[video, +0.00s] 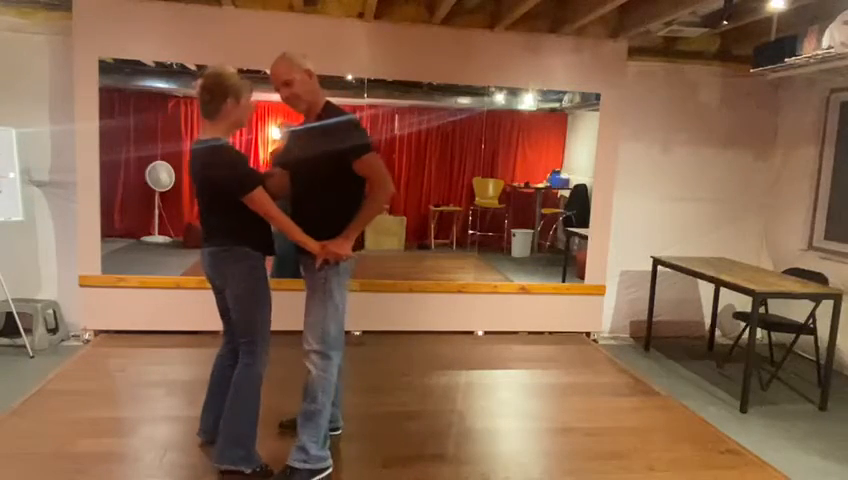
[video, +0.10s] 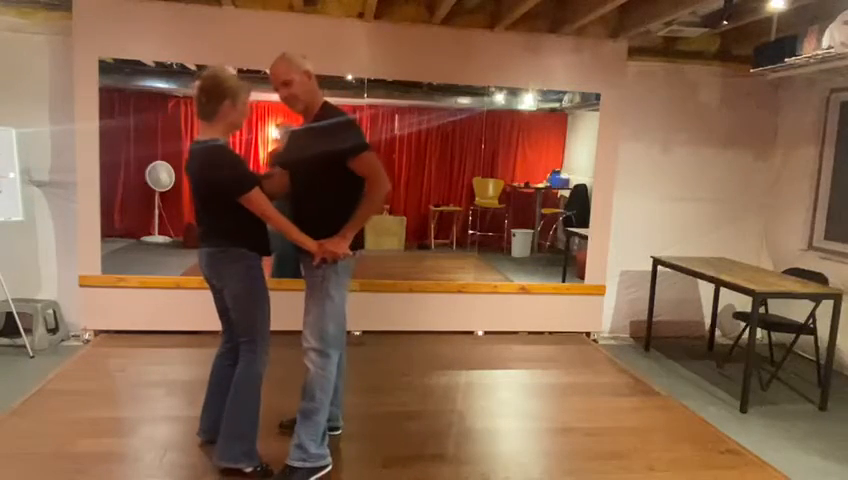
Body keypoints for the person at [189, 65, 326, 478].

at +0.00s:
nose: (250, 111)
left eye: (249, 103)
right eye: (246, 103)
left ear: (207, 105)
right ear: (230, 106)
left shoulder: (201, 153)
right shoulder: (227, 158)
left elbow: (252, 190)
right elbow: (270, 212)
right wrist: (314, 245)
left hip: (217, 256)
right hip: (242, 261)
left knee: (234, 343)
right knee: (253, 353)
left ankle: (212, 429)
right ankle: (236, 455)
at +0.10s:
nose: (247, 114)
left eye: (247, 106)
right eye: (244, 106)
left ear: (208, 107)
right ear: (228, 107)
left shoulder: (199, 154)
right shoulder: (223, 158)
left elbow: (251, 192)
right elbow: (267, 212)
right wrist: (311, 244)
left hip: (215, 256)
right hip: (239, 260)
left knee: (233, 343)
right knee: (253, 349)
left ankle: (212, 430)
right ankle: (237, 455)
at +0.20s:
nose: (246, 113)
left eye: (245, 105)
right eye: (243, 105)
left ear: (205, 107)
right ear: (225, 108)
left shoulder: (198, 154)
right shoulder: (221, 158)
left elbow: (247, 192)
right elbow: (265, 213)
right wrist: (310, 245)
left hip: (213, 256)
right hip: (235, 261)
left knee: (232, 343)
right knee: (253, 350)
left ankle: (211, 429)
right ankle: (237, 454)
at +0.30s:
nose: (245, 113)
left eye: (245, 106)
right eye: (242, 106)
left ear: (209, 109)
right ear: (225, 109)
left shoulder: (197, 155)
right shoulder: (221, 160)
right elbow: (266, 214)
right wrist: (311, 242)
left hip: (210, 257)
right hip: (233, 261)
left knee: (229, 343)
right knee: (251, 349)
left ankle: (211, 429)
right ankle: (238, 454)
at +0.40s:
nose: (246, 112)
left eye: (245, 105)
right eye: (242, 105)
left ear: (206, 108)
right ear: (226, 109)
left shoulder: (197, 154)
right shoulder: (223, 160)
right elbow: (266, 213)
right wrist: (314, 242)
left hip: (205, 255)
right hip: (228, 260)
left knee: (226, 343)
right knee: (247, 350)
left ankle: (210, 429)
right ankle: (236, 455)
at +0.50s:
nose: (246, 113)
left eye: (246, 106)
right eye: (243, 106)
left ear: (206, 109)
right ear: (228, 110)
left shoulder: (197, 154)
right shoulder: (226, 159)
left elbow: (247, 190)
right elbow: (269, 210)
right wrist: (318, 241)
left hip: (201, 256)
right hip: (224, 260)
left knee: (223, 345)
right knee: (241, 348)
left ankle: (210, 431)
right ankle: (233, 454)